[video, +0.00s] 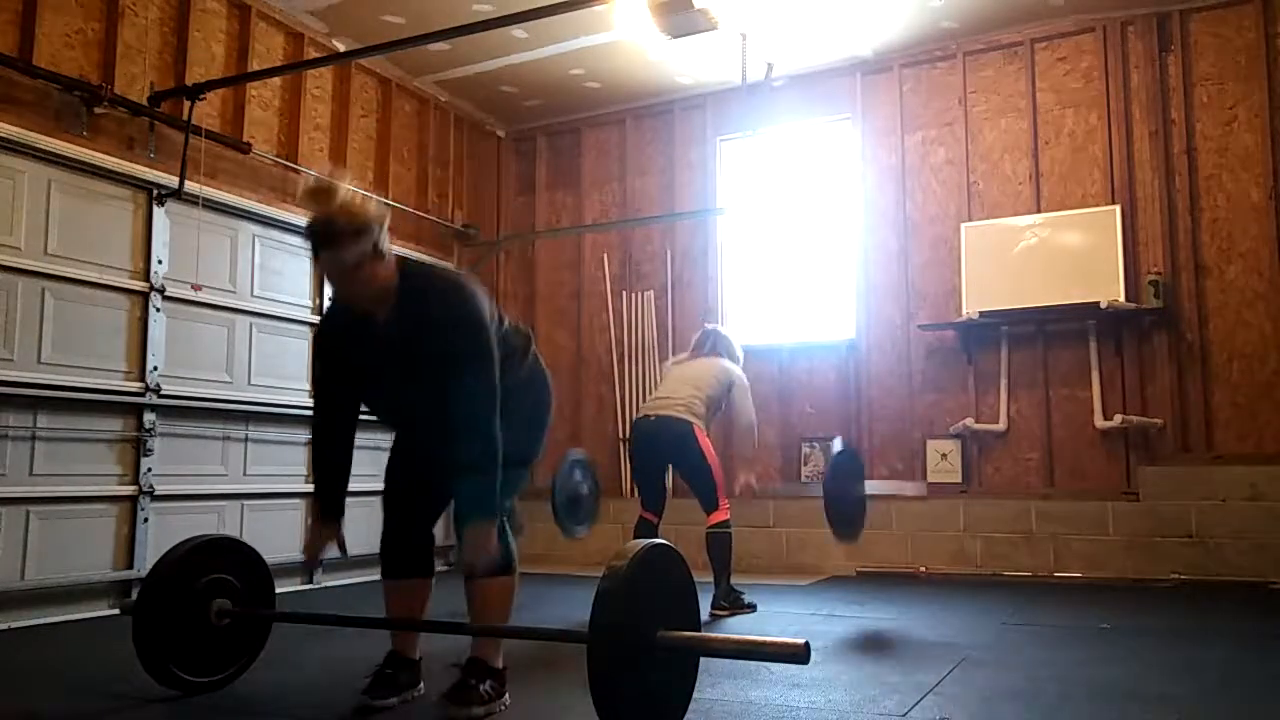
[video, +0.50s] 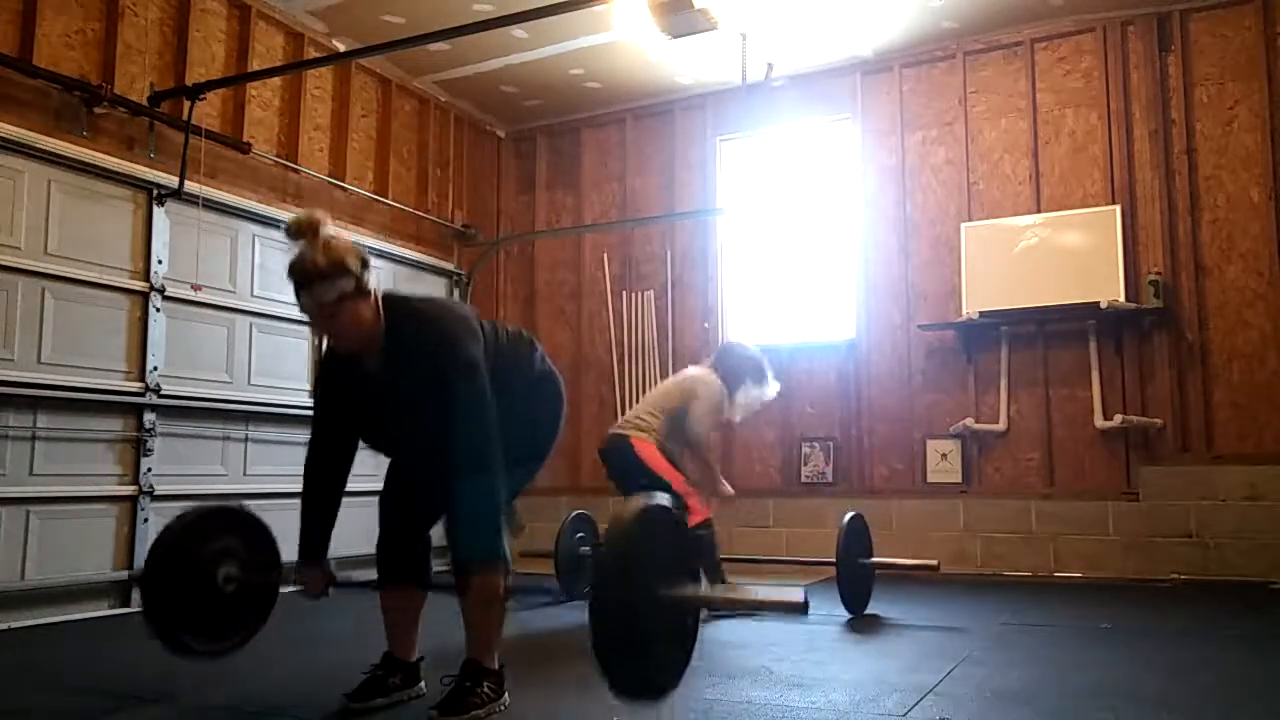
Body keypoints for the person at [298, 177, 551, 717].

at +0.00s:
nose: (346, 283)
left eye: (354, 268)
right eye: (334, 273)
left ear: (384, 254)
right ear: (323, 272)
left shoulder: (453, 300)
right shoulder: (337, 330)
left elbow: (476, 410)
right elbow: (332, 424)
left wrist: (480, 513)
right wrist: (325, 510)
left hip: (502, 408)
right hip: (425, 420)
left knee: (484, 524)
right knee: (403, 523)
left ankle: (487, 668)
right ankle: (403, 663)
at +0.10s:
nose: (333, 339)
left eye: (342, 321)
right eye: (321, 326)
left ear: (369, 306)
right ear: (311, 321)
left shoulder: (444, 346)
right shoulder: (333, 381)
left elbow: (470, 468)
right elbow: (323, 482)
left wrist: (478, 581)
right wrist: (313, 577)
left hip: (514, 418)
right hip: (432, 436)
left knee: (476, 532)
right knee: (392, 516)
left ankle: (483, 673)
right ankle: (402, 664)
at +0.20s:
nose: (320, 374)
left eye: (331, 358)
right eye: (309, 363)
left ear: (365, 344)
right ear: (299, 358)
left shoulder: (437, 375)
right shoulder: (325, 410)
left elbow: (469, 505)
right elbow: (314, 505)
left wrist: (475, 598)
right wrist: (302, 599)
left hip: (521, 431)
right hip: (439, 446)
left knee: (468, 528)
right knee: (385, 514)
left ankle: (483, 675)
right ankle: (400, 665)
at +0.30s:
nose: (320, 372)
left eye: (330, 355)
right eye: (309, 360)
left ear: (364, 338)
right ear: (301, 356)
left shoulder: (436, 372)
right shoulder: (326, 412)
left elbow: (469, 509)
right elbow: (315, 502)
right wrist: (304, 592)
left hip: (522, 430)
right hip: (437, 446)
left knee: (464, 529)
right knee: (385, 514)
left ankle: (482, 673)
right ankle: (400, 665)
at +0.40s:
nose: (321, 352)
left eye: (331, 336)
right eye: (310, 341)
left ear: (366, 323)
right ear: (303, 339)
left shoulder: (440, 361)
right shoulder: (337, 385)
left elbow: (468, 492)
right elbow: (324, 483)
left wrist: (480, 590)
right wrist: (309, 582)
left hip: (520, 418)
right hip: (436, 436)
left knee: (465, 527)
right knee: (391, 515)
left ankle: (482, 673)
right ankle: (400, 666)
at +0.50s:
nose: (322, 324)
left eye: (332, 308)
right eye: (312, 313)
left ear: (366, 298)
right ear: (305, 312)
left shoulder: (442, 335)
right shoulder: (339, 369)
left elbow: (478, 464)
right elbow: (326, 463)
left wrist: (483, 563)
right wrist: (313, 555)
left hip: (518, 405)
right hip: (435, 429)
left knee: (474, 528)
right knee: (400, 521)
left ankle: (484, 673)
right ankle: (401, 665)